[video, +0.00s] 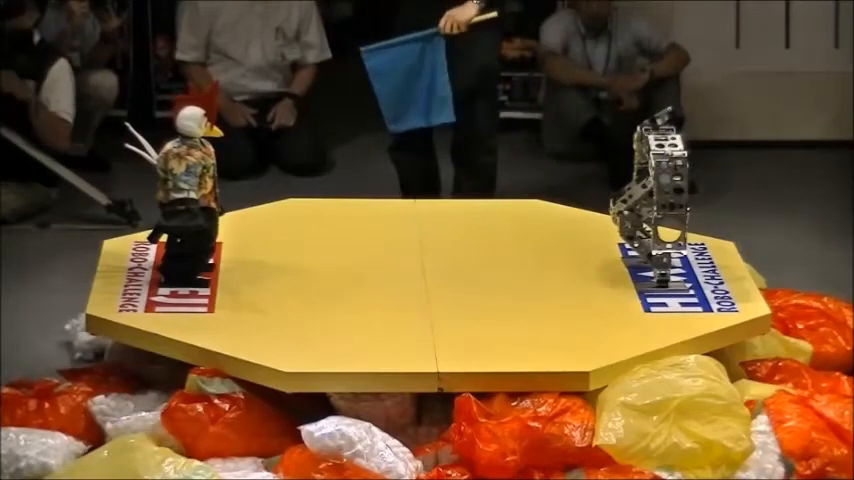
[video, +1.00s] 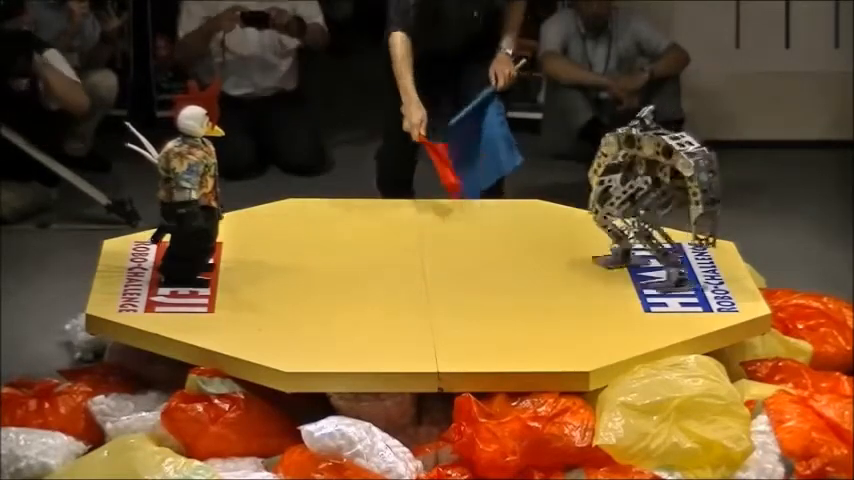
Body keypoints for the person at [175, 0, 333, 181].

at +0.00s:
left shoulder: (300, 5)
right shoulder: (201, 5)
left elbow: (310, 61)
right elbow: (191, 62)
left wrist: (290, 100)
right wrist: (226, 105)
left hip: (279, 98)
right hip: (227, 102)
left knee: (307, 161)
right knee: (237, 164)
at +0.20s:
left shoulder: (300, 5)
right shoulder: (199, 5)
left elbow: (310, 60)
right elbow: (190, 62)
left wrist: (291, 100)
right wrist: (227, 106)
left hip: (279, 97)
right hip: (227, 101)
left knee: (307, 160)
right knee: (237, 164)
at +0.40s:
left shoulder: (301, 5)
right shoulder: (196, 6)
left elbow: (316, 50)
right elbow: (187, 60)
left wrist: (296, 90)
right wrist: (221, 92)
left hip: (278, 97)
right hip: (227, 99)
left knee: (307, 161)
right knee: (237, 164)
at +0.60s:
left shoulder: (301, 5)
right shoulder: (195, 6)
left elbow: (318, 46)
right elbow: (186, 56)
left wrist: (296, 72)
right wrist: (222, 73)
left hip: (283, 98)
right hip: (228, 100)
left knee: (306, 161)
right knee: (237, 164)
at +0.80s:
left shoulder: (300, 4)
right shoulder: (197, 5)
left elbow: (321, 44)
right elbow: (182, 54)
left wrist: (291, 41)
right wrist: (213, 42)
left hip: (282, 99)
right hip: (226, 102)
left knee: (307, 162)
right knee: (236, 166)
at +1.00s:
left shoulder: (297, 3)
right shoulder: (199, 4)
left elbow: (321, 39)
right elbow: (183, 55)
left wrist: (291, 25)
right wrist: (212, 26)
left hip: (283, 99)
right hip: (229, 103)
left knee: (306, 162)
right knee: (236, 167)